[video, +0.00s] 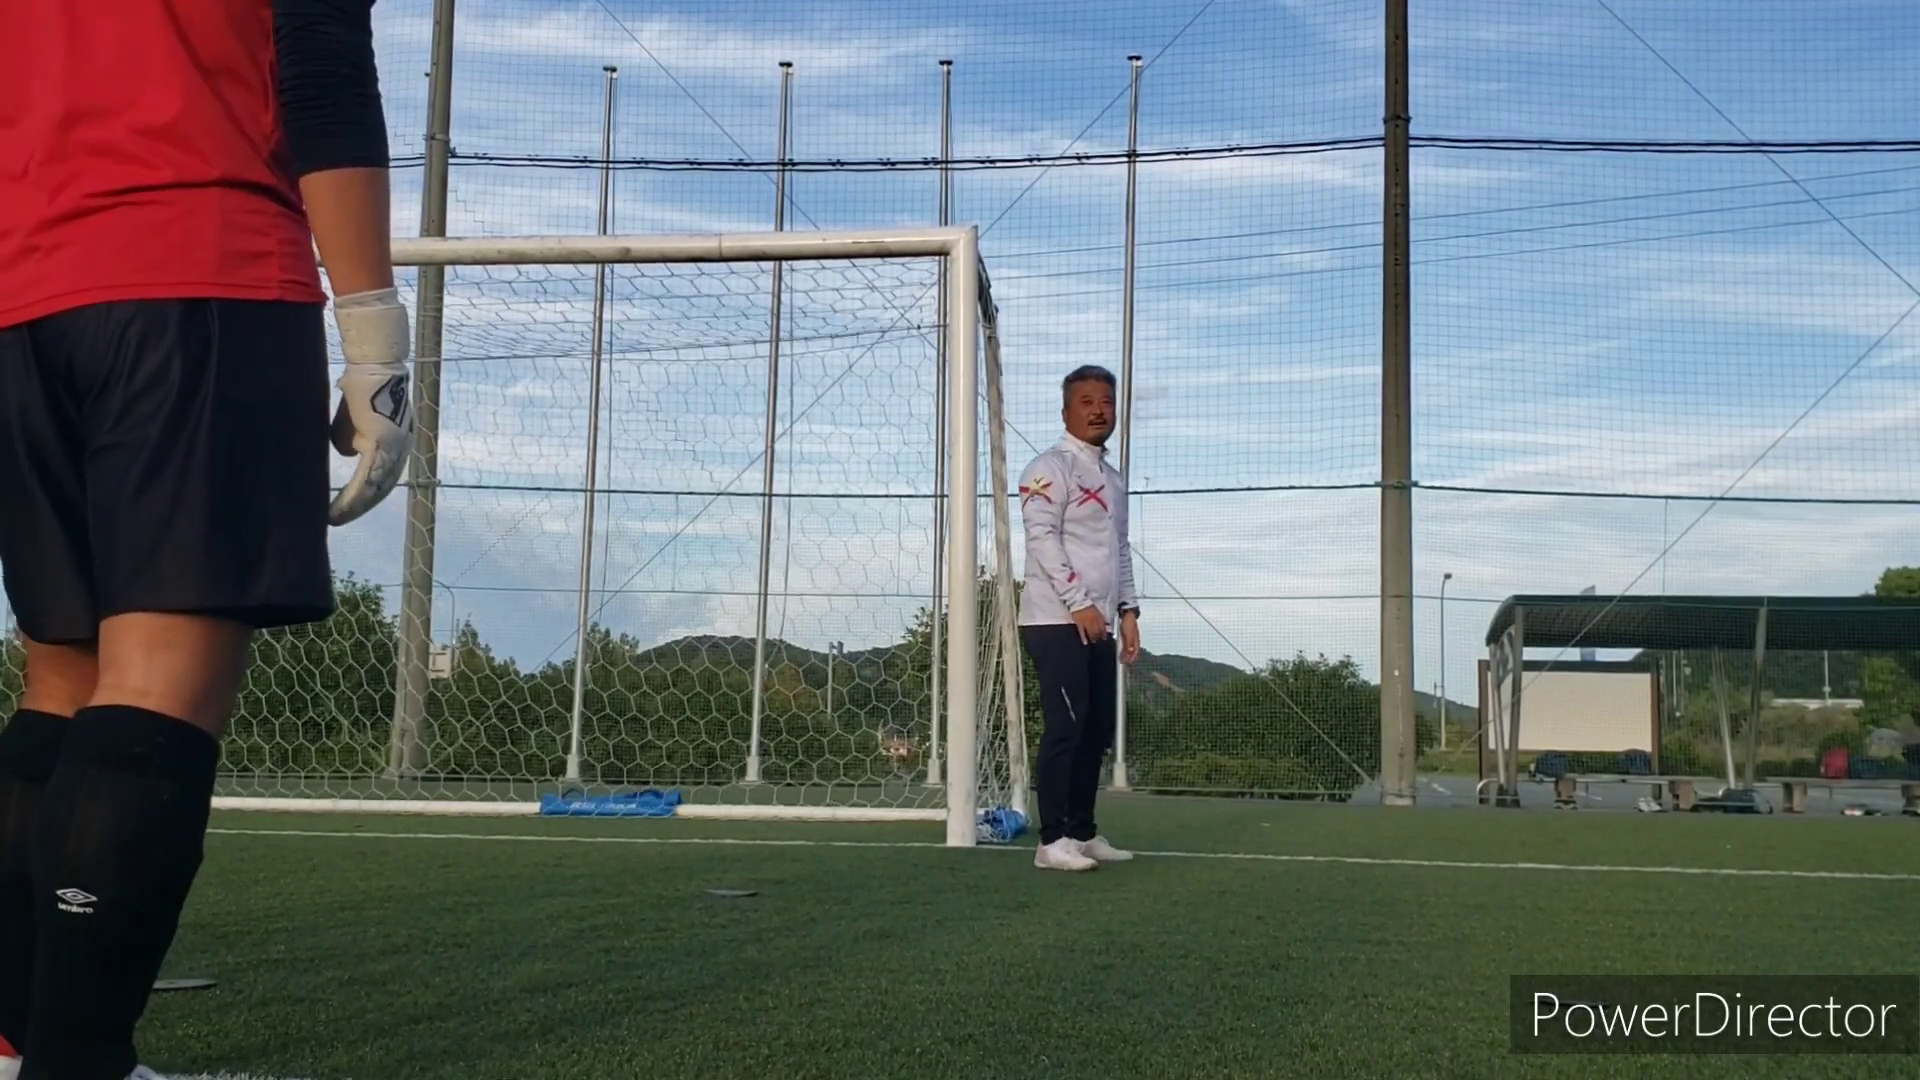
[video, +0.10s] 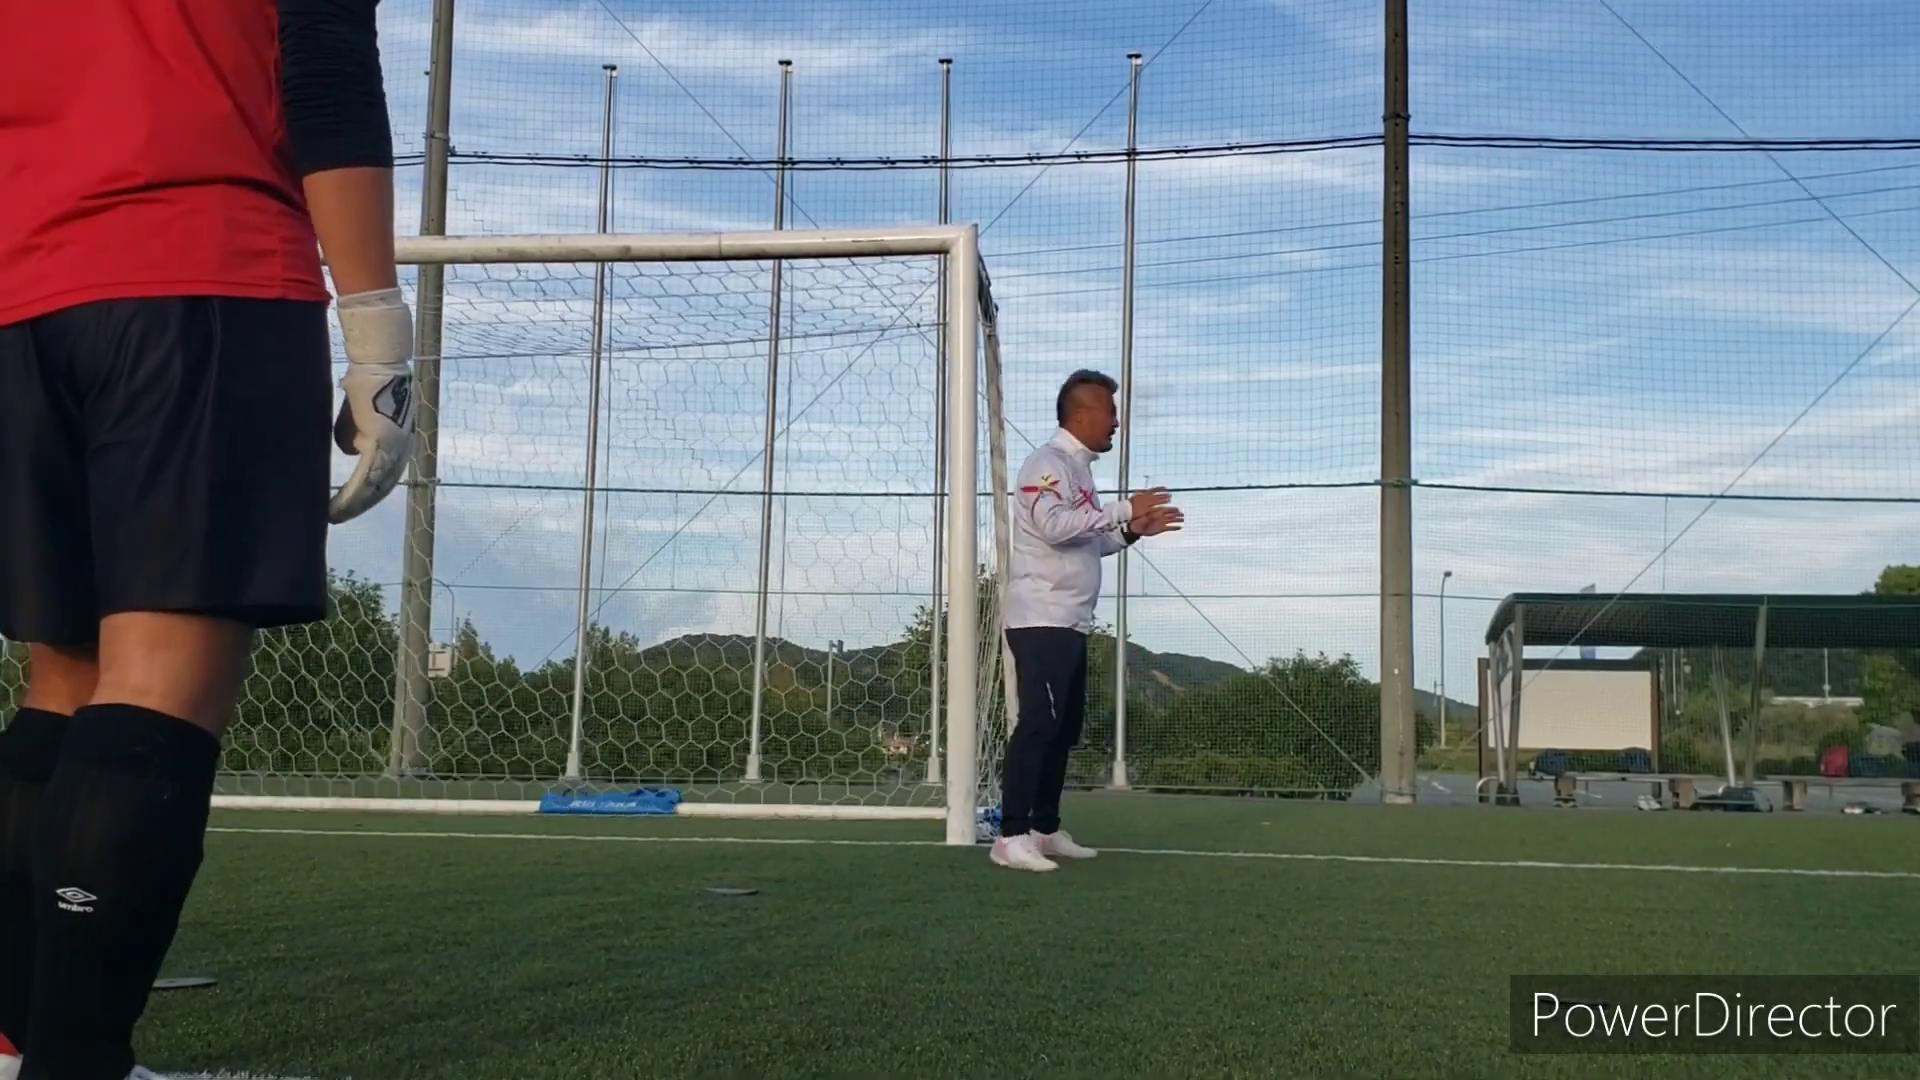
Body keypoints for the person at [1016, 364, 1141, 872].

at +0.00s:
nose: (1099, 410)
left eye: (1107, 402)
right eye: (1087, 402)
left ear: (1116, 411)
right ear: (1066, 411)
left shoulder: (1113, 478)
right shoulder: (1049, 466)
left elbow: (1119, 549)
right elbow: (1042, 540)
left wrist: (1128, 609)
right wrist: (1078, 603)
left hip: (1098, 619)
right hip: (1055, 617)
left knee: (1097, 729)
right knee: (1066, 727)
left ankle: (1082, 833)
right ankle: (1052, 841)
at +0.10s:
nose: (1116, 419)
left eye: (1115, 409)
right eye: (1109, 409)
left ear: (1086, 415)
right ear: (1080, 413)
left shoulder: (1081, 474)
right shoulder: (1048, 461)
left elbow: (1086, 542)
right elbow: (1053, 524)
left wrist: (1131, 531)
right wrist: (1123, 511)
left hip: (1067, 620)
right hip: (1038, 617)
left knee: (1063, 727)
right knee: (1038, 724)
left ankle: (1044, 830)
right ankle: (1011, 837)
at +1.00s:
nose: (1103, 419)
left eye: (1101, 411)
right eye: (1094, 410)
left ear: (1075, 417)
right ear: (1066, 415)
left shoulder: (1074, 473)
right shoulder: (1039, 463)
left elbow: (1114, 526)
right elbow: (1082, 501)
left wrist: (1141, 484)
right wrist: (1129, 459)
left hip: (1066, 622)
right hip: (1033, 618)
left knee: (1066, 727)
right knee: (1041, 724)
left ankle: (1043, 831)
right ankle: (1010, 840)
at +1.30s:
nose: (1093, 420)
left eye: (1093, 412)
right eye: (1085, 411)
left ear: (1066, 416)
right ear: (1052, 415)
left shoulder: (1081, 477)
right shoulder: (1029, 464)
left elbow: (1114, 521)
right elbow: (1067, 511)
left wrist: (1160, 527)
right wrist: (1148, 516)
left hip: (1061, 620)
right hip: (1026, 616)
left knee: (1062, 726)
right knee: (1034, 723)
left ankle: (1042, 831)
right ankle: (1009, 841)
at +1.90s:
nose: (1097, 428)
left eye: (1100, 419)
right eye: (1088, 418)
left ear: (1095, 423)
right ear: (1056, 421)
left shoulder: (1089, 483)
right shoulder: (1025, 467)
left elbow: (1104, 532)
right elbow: (1036, 531)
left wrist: (1129, 554)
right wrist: (1102, 557)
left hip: (1056, 623)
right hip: (1011, 614)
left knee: (1060, 724)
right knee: (1025, 720)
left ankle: (1041, 832)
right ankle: (1008, 841)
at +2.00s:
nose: (1098, 428)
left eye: (1101, 419)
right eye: (1088, 419)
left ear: (1099, 422)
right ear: (1055, 421)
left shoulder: (1092, 481)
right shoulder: (1023, 469)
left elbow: (1102, 538)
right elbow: (998, 535)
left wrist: (1106, 558)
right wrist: (1040, 567)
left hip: (1061, 620)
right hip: (1014, 616)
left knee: (1060, 726)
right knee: (1027, 721)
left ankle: (1041, 832)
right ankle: (1008, 841)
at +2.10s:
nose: (1098, 427)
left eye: (1100, 417)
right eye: (1087, 419)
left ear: (1098, 421)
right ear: (1055, 423)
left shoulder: (1093, 480)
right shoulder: (1019, 471)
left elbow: (1102, 532)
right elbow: (962, 517)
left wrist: (1103, 557)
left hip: (1064, 625)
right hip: (1017, 619)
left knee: (1060, 729)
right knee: (1026, 723)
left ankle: (1041, 832)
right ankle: (1007, 841)